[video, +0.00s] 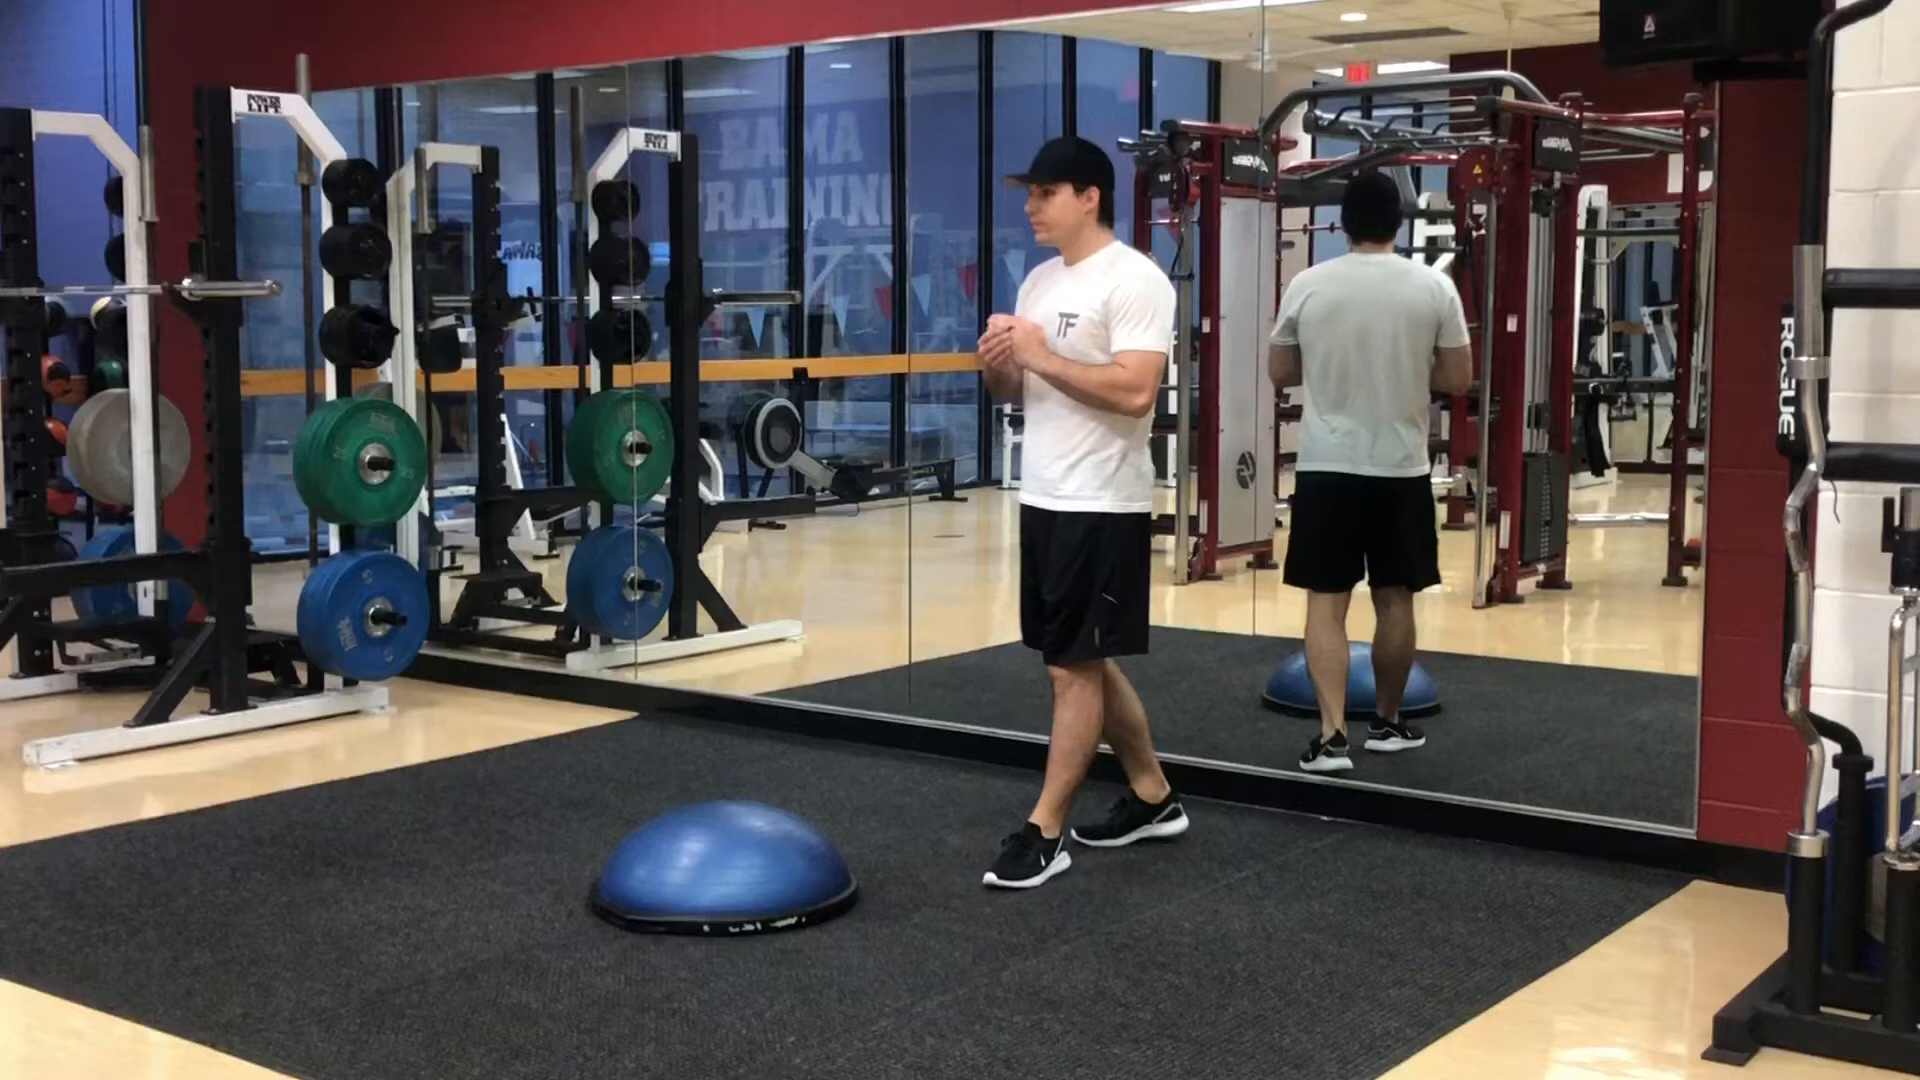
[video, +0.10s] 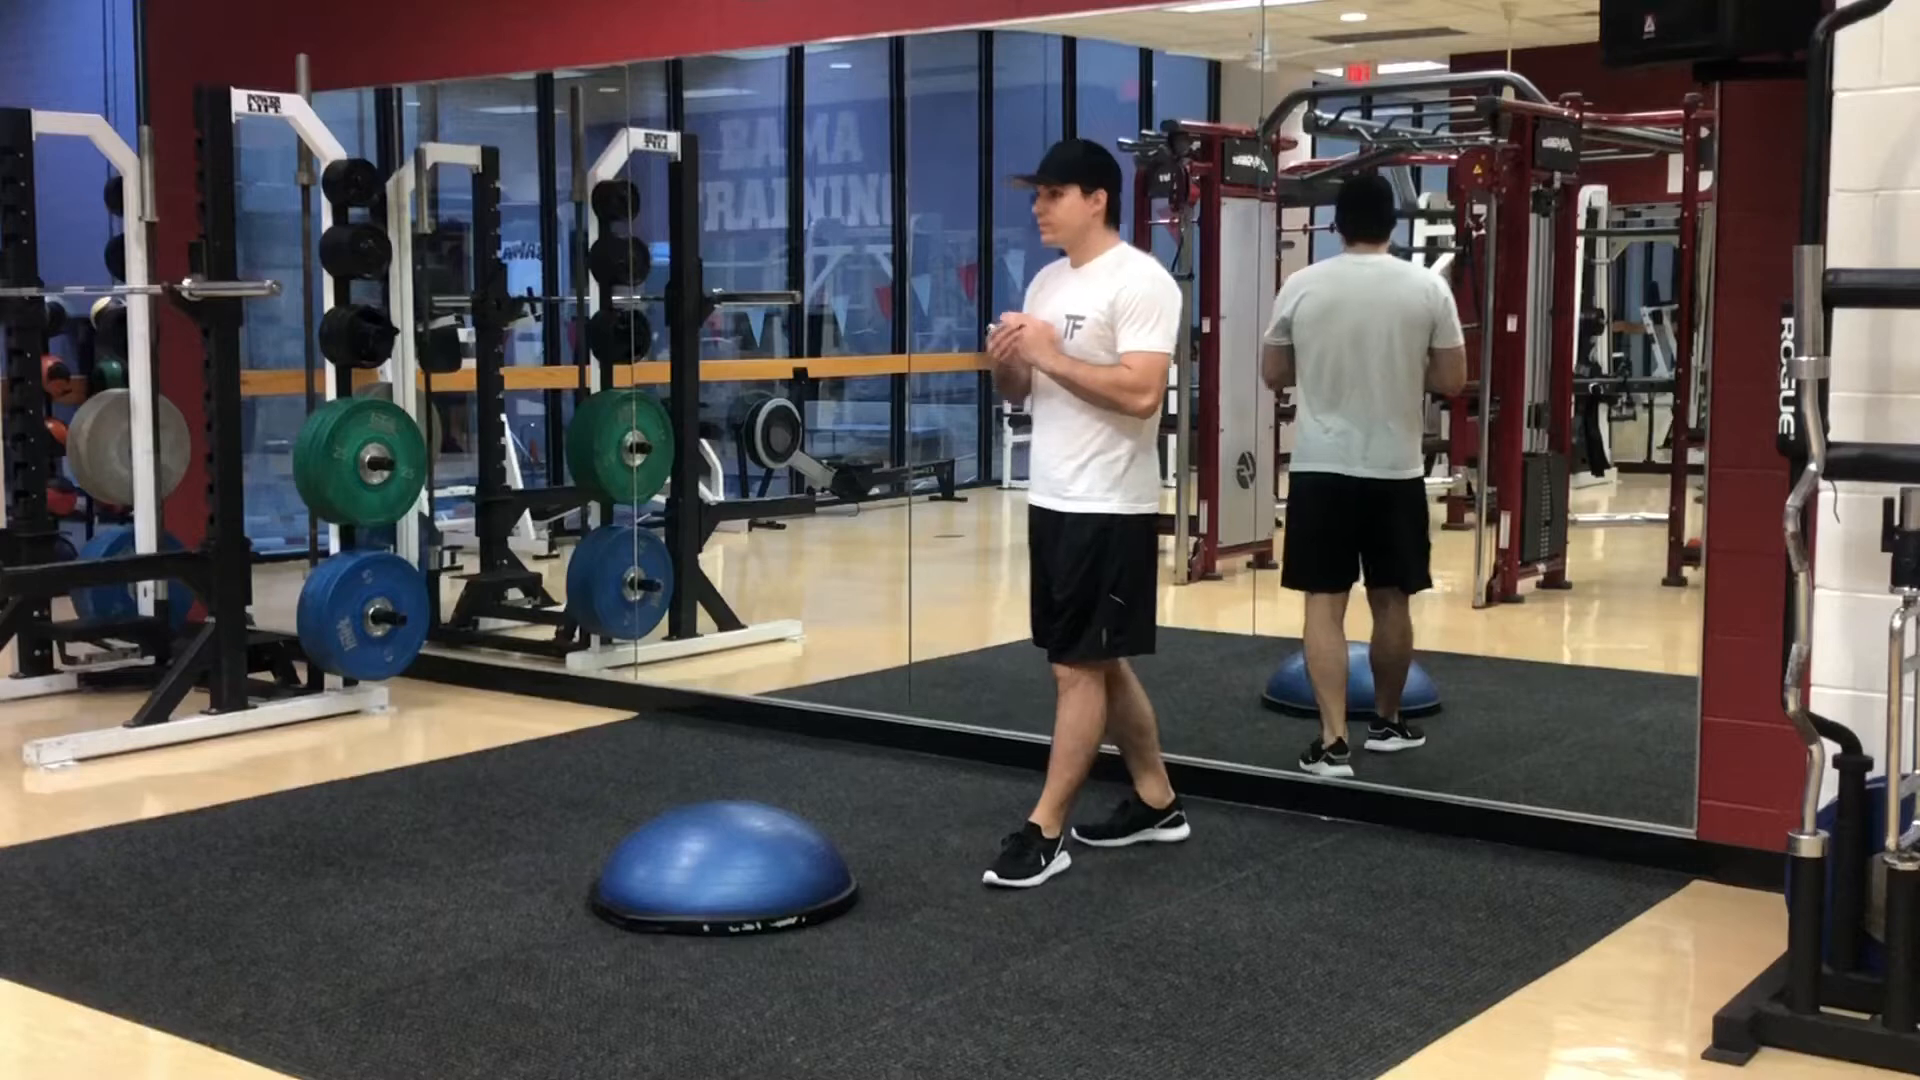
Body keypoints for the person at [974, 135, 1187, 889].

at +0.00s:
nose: (1032, 207)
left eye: (1045, 193)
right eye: (1032, 194)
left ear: (1089, 198)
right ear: (1064, 202)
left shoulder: (1140, 280)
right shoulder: (1039, 280)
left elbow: (1134, 393)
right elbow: (1014, 393)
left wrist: (1041, 358)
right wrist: (994, 364)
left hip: (1103, 503)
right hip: (1044, 498)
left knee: (1073, 665)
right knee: (1083, 659)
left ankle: (1045, 828)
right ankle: (1153, 793)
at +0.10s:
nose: (1039, 208)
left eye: (1052, 195)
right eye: (1038, 195)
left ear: (1097, 200)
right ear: (1067, 204)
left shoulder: (1146, 281)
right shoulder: (1045, 282)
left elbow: (1141, 394)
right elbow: (1020, 394)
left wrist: (1050, 357)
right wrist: (1004, 363)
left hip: (1111, 504)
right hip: (1053, 499)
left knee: (1078, 665)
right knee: (1100, 661)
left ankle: (1045, 829)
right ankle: (1157, 801)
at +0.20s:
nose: (1048, 211)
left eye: (1062, 197)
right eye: (1047, 198)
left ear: (1105, 203)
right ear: (1074, 207)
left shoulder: (1156, 284)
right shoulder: (1058, 284)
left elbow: (1151, 394)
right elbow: (1029, 393)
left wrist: (1060, 356)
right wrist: (1023, 354)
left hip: (1123, 505)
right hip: (1067, 500)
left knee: (1080, 664)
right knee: (1117, 660)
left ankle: (1047, 826)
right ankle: (1160, 803)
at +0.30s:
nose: (1058, 209)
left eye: (1072, 196)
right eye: (1056, 197)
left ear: (1114, 201)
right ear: (1076, 205)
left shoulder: (1163, 280)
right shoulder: (1065, 283)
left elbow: (1159, 391)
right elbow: (1033, 388)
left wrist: (1071, 354)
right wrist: (1049, 357)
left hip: (1131, 500)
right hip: (1074, 494)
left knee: (1082, 654)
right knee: (1122, 656)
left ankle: (1053, 819)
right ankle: (1160, 802)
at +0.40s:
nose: (1065, 207)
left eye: (1079, 194)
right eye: (1063, 194)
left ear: (1121, 199)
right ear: (1083, 203)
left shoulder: (1170, 277)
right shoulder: (1071, 281)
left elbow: (1167, 388)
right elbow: (1046, 390)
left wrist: (1076, 352)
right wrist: (1049, 354)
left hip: (1141, 494)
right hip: (1081, 490)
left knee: (1082, 641)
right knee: (1125, 650)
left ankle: (1065, 813)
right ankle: (1160, 802)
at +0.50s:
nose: (1071, 209)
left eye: (1084, 195)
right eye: (1069, 196)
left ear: (1125, 198)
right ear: (1090, 203)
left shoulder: (1175, 277)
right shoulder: (1075, 281)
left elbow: (1175, 385)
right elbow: (1051, 393)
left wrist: (1084, 354)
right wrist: (1043, 353)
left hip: (1144, 494)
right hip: (1085, 490)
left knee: (1087, 641)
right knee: (1130, 651)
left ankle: (1071, 810)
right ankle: (1161, 803)